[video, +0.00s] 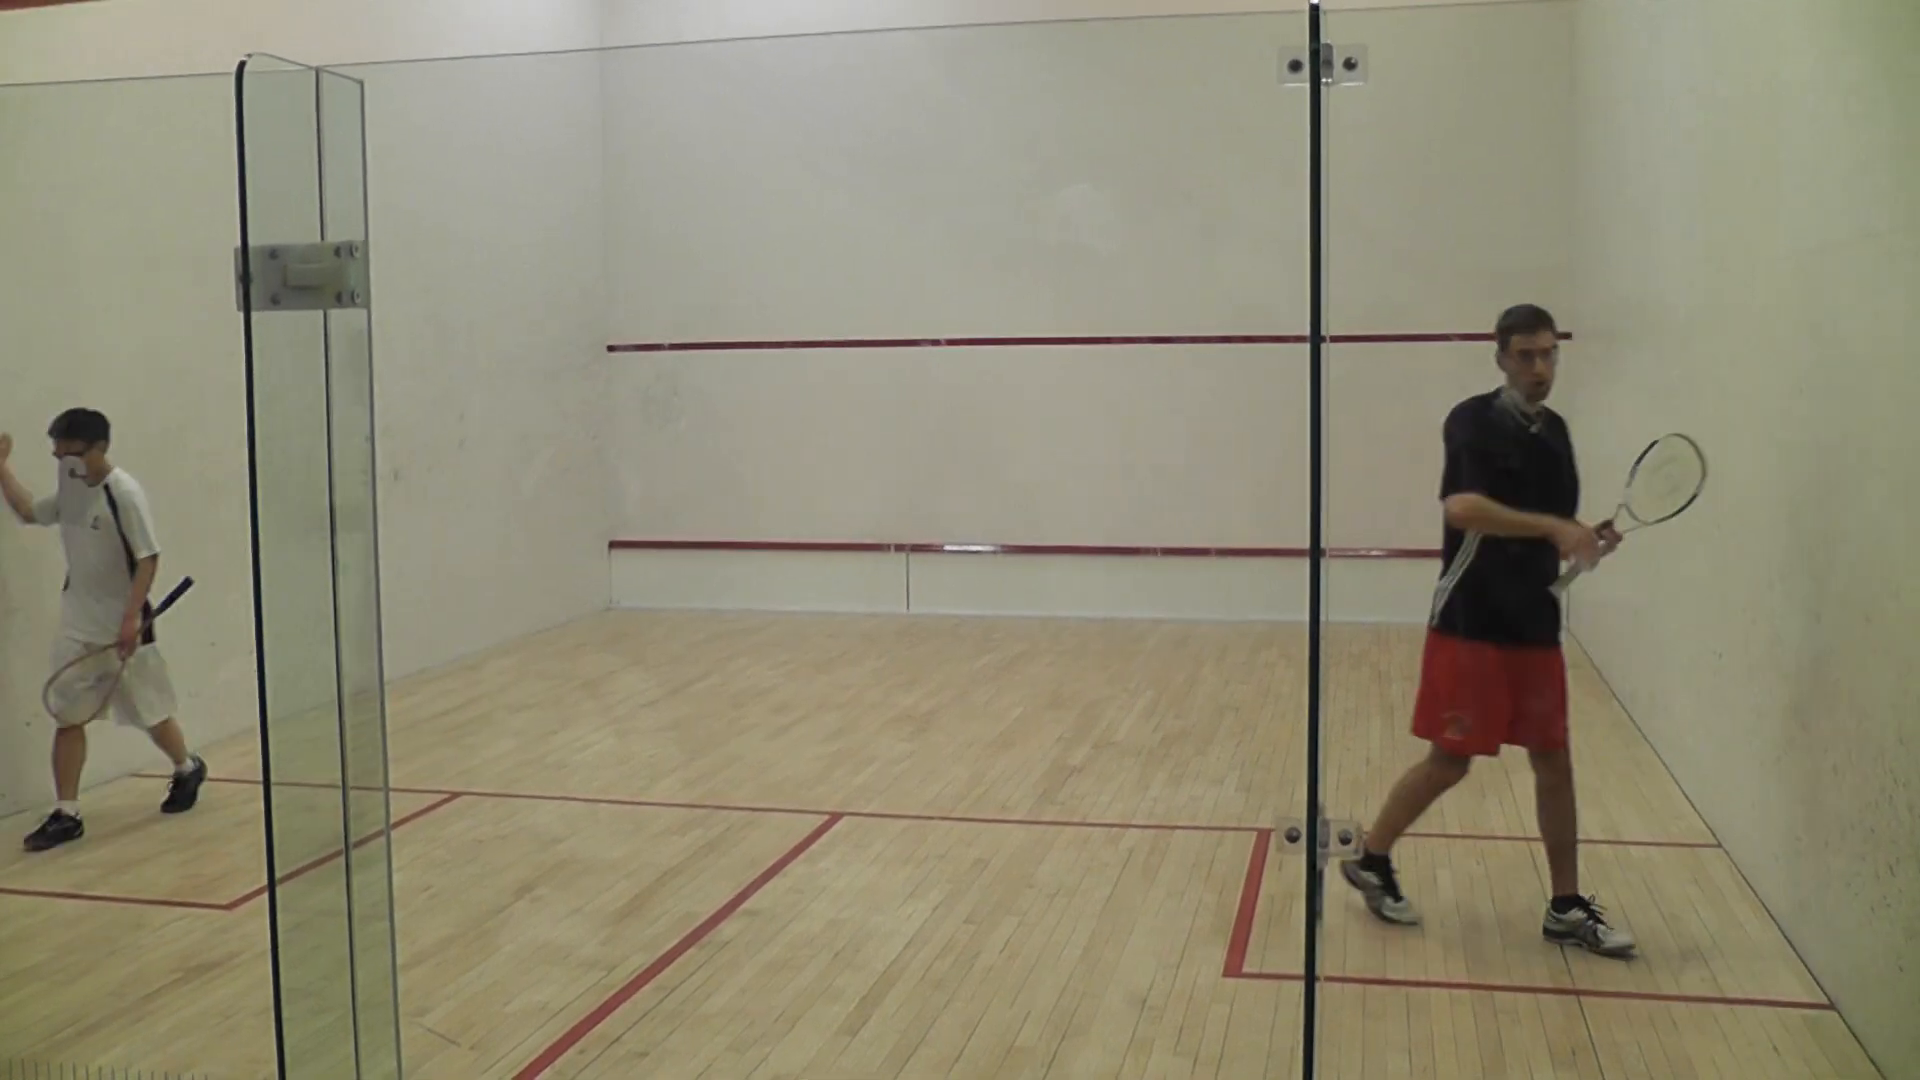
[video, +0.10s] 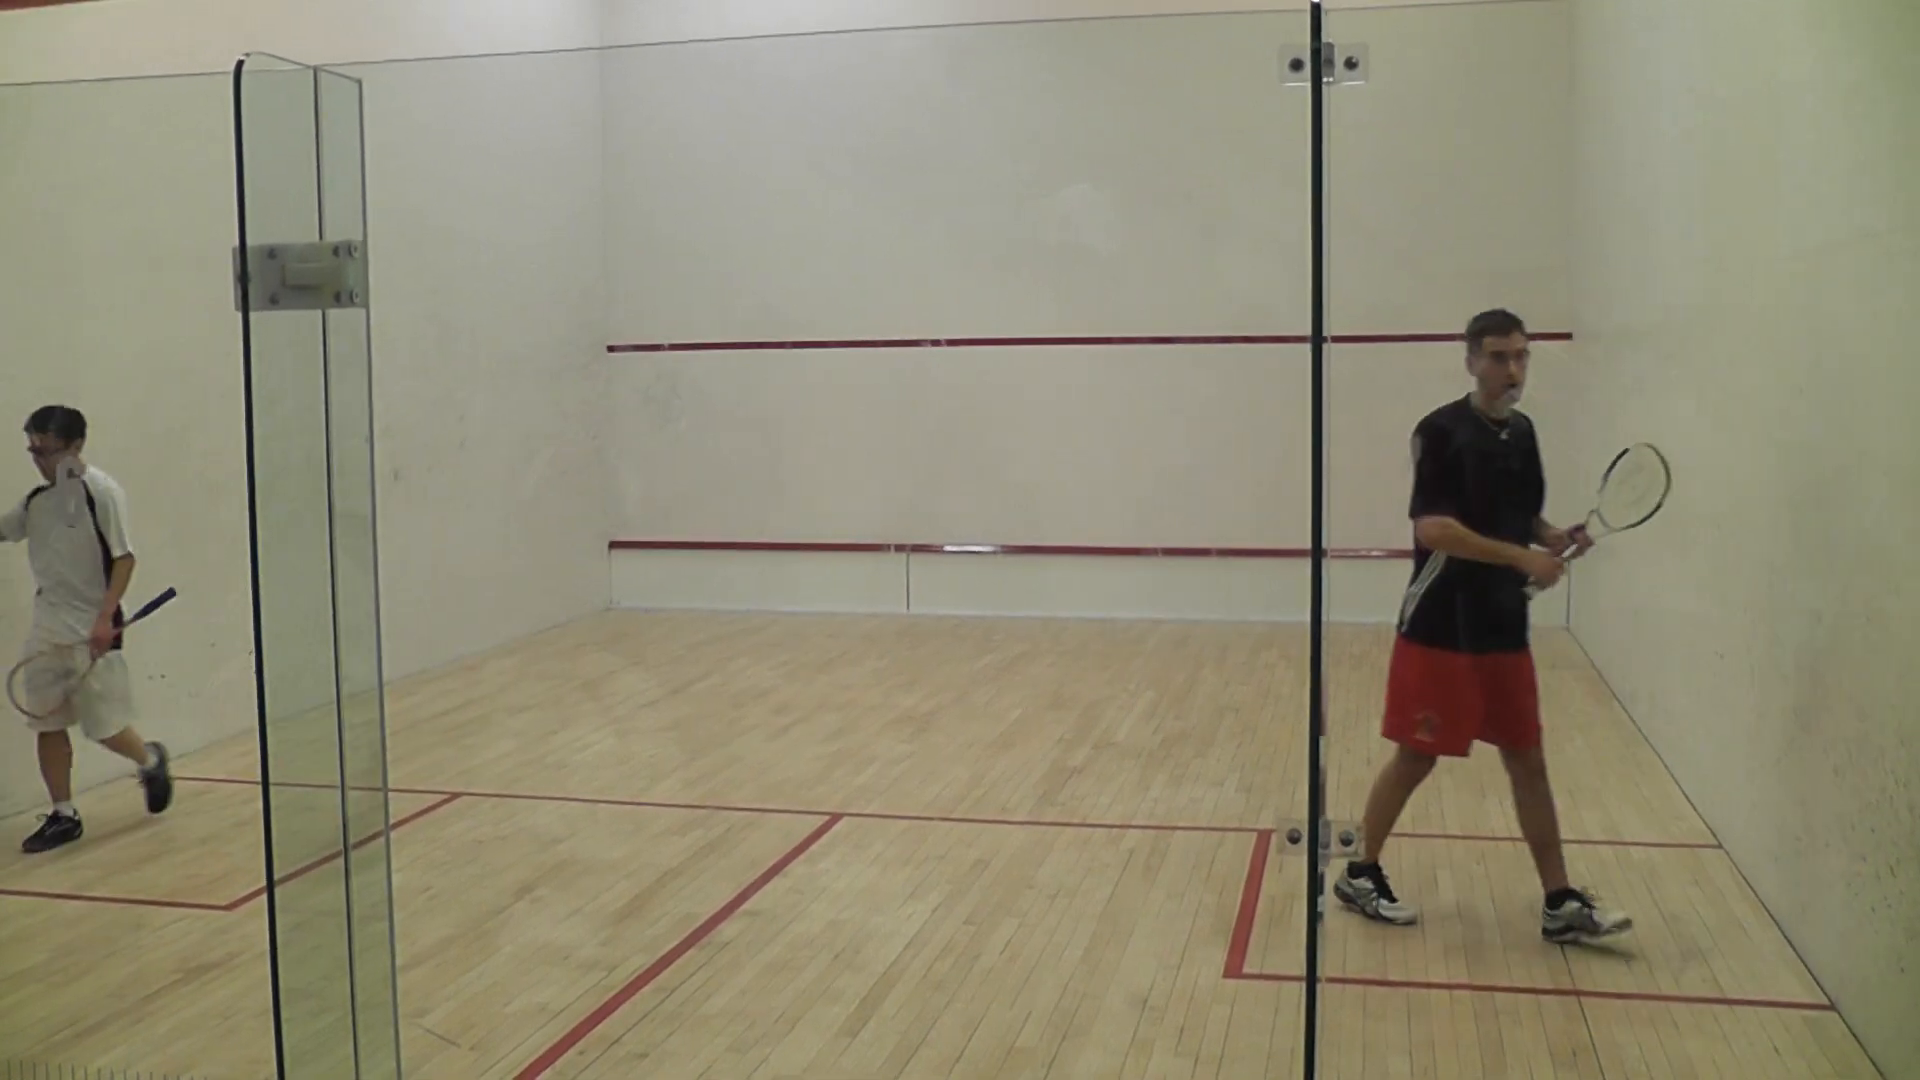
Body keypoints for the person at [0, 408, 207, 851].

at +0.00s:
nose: (66, 465)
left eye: (72, 456)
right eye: (62, 457)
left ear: (100, 449)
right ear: (62, 455)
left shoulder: (123, 492)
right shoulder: (71, 487)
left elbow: (148, 558)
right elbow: (30, 511)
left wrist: (132, 617)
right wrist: (3, 468)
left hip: (124, 625)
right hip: (79, 624)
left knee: (150, 710)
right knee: (68, 717)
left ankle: (187, 769)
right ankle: (66, 813)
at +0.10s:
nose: (35, 456)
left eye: (43, 449)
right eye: (32, 448)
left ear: (73, 447)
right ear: (32, 448)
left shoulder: (100, 492)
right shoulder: (34, 501)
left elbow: (124, 559)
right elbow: (4, 530)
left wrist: (105, 617)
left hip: (93, 628)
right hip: (46, 628)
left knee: (101, 723)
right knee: (47, 720)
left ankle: (150, 761)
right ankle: (63, 814)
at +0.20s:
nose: (19, 455)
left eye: (27, 445)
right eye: (13, 445)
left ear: (55, 440)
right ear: (9, 442)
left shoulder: (80, 484)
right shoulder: (10, 496)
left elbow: (107, 550)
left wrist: (84, 606)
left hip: (67, 623)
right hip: (20, 624)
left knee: (63, 721)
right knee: (36, 723)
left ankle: (100, 784)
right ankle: (60, 811)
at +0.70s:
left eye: (2, 441)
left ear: (10, 442)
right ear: (5, 442)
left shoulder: (31, 495)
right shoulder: (25, 495)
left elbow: (65, 557)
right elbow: (66, 557)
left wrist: (47, 603)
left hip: (18, 652)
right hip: (10, 653)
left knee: (8, 761)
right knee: (7, 761)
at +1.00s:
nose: (37, 454)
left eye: (45, 444)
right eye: (25, 443)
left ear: (52, 450)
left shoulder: (63, 507)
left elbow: (91, 573)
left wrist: (68, 593)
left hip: (45, 660)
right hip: (1, 656)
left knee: (37, 784)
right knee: (1, 779)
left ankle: (9, 829)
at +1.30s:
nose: (141, 445)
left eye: (144, 435)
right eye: (129, 434)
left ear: (144, 439)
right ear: (94, 437)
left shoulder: (144, 507)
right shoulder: (63, 502)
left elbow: (153, 575)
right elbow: (39, 585)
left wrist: (179, 588)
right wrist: (105, 634)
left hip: (126, 664)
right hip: (68, 668)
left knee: (156, 765)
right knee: (46, 776)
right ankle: (26, 878)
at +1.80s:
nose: (301, 434)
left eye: (300, 423)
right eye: (291, 424)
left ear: (255, 432)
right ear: (260, 430)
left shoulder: (228, 480)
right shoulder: (262, 491)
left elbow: (252, 573)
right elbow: (266, 586)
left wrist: (295, 605)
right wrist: (312, 647)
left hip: (208, 652)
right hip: (243, 659)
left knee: (243, 766)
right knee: (283, 775)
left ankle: (235, 877)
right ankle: (299, 905)